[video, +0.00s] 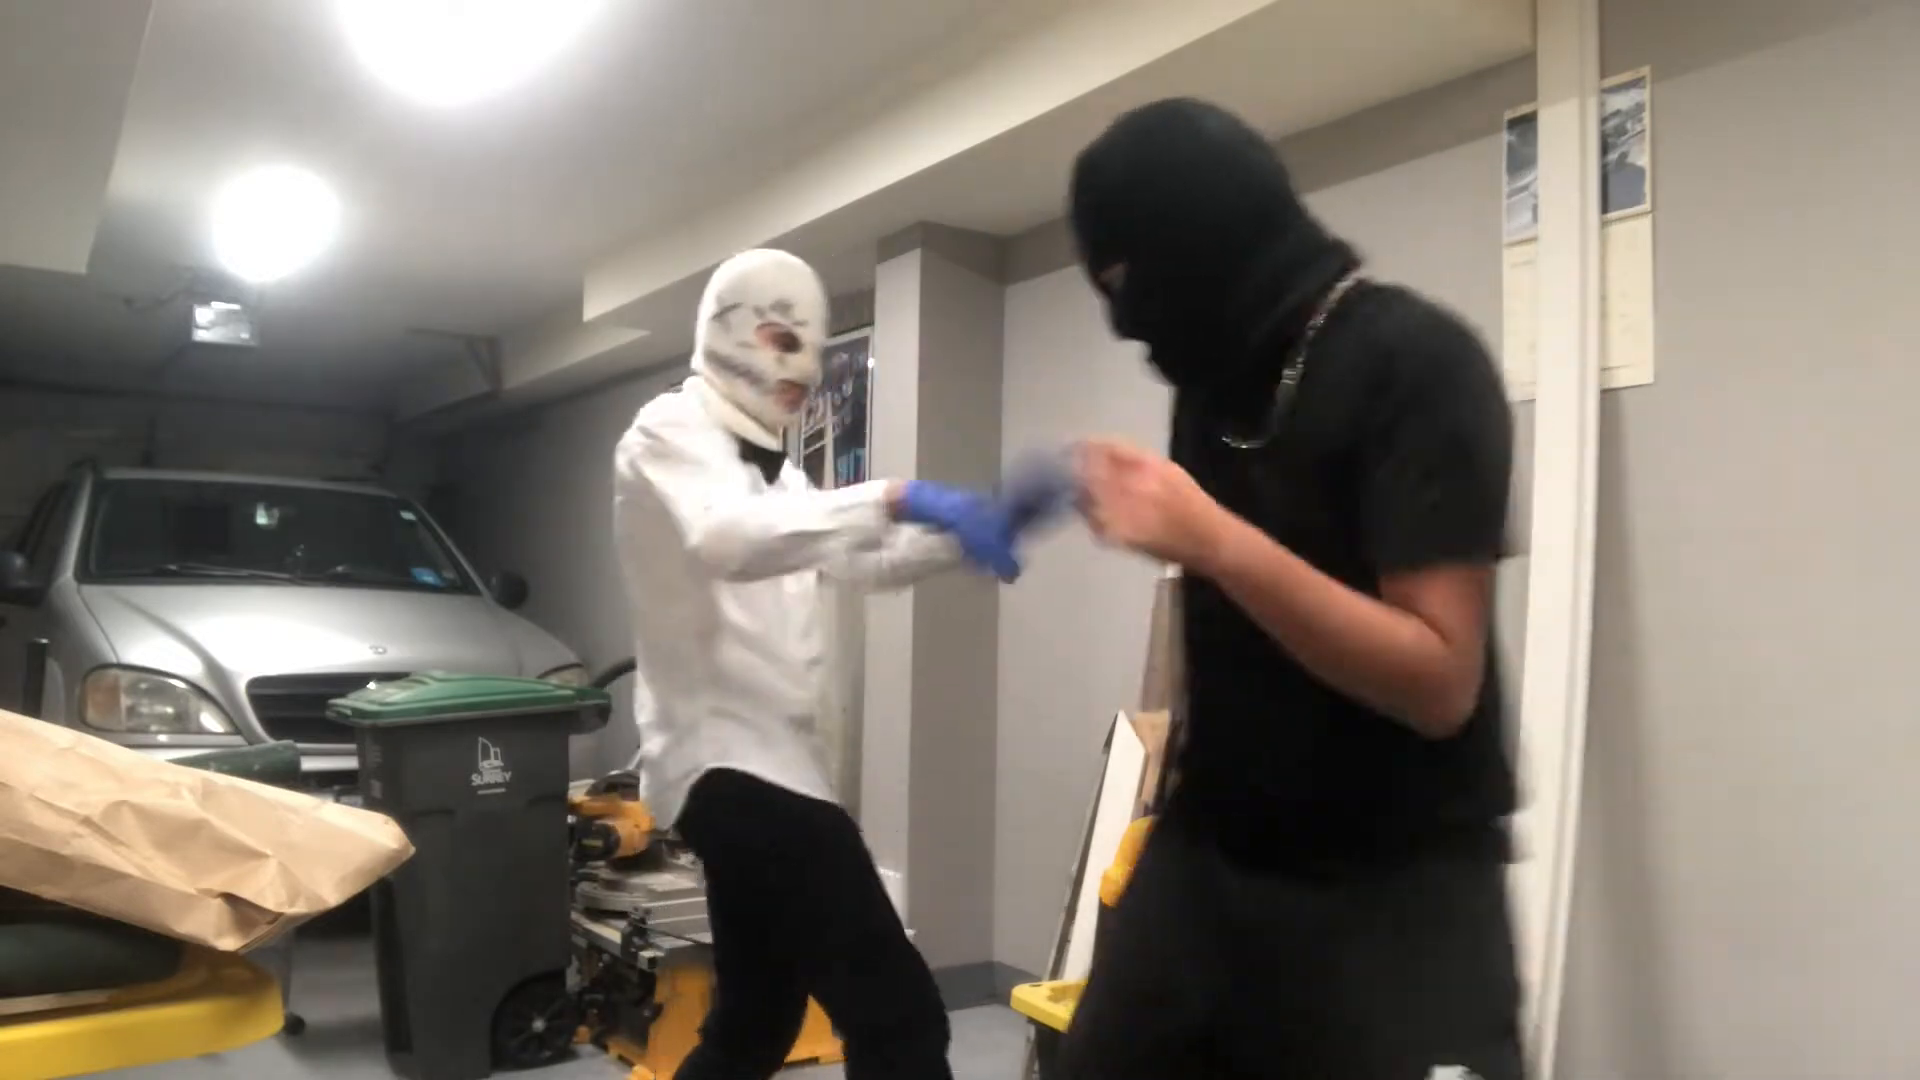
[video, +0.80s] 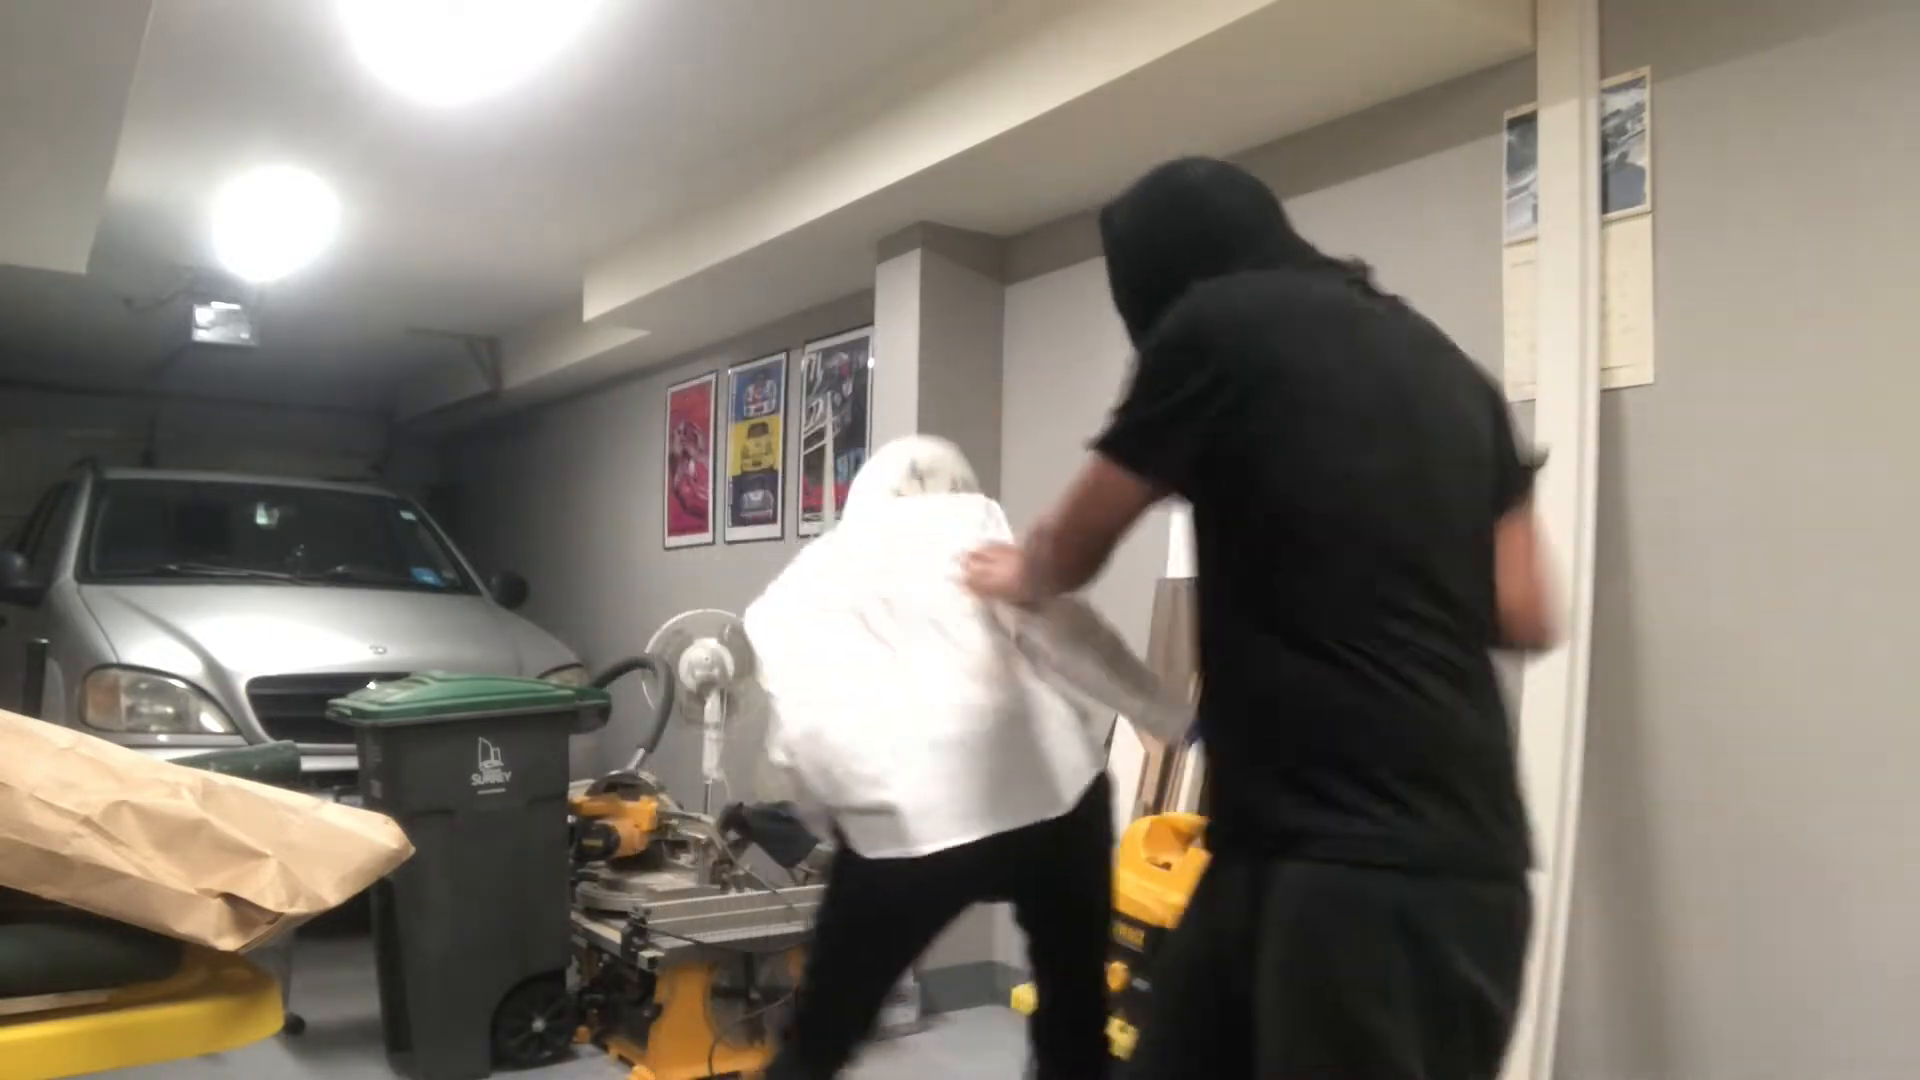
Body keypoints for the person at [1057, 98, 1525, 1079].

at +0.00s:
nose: (1119, 317)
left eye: (1123, 277)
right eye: (1106, 286)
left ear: (1199, 241)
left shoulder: (1415, 360)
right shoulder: (1218, 385)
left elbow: (1443, 681)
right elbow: (1225, 644)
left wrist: (1205, 535)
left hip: (1393, 911)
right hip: (1204, 883)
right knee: (1107, 1060)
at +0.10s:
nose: (1092, 309)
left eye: (1100, 271)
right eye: (1080, 280)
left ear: (1180, 237)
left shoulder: (1386, 379)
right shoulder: (1181, 389)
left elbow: (1488, 673)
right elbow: (1177, 654)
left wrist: (1263, 572)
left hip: (1297, 908)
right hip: (1109, 885)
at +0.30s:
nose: (1103, 297)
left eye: (1111, 260)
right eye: (1096, 267)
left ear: (1192, 227)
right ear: (1198, 232)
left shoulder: (1356, 381)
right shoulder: (1177, 374)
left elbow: (1387, 683)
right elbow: (1155, 628)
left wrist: (1158, 540)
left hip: (1199, 884)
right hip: (1006, 846)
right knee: (952, 1060)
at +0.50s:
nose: (1062, 261)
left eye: (1071, 226)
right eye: (1058, 232)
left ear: (1142, 206)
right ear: (1152, 208)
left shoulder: (1277, 316)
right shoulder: (1194, 338)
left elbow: (1173, 595)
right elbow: (1109, 532)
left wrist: (1065, 467)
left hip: (1243, 834)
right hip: (1127, 809)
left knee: (1222, 1063)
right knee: (1024, 1052)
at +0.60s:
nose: (1078, 260)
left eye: (1081, 227)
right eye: (1074, 230)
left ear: (1123, 213)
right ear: (1213, 192)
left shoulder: (1206, 293)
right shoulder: (1294, 300)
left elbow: (1035, 540)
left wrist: (999, 442)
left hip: (1273, 833)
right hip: (1170, 815)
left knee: (1265, 1063)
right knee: (1071, 1062)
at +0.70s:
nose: (1106, 290)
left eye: (1108, 264)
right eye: (1103, 267)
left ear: (1136, 249)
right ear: (1245, 223)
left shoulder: (1167, 330)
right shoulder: (1398, 360)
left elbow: (1024, 528)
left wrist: (952, 559)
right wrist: (1378, 632)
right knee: (1125, 1064)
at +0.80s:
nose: (1139, 322)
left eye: (1138, 295)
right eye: (1134, 299)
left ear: (1162, 266)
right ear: (1268, 233)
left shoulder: (1221, 327)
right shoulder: (1450, 368)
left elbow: (1070, 544)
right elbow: (1527, 614)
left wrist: (1026, 574)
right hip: (1454, 883)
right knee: (1176, 1064)